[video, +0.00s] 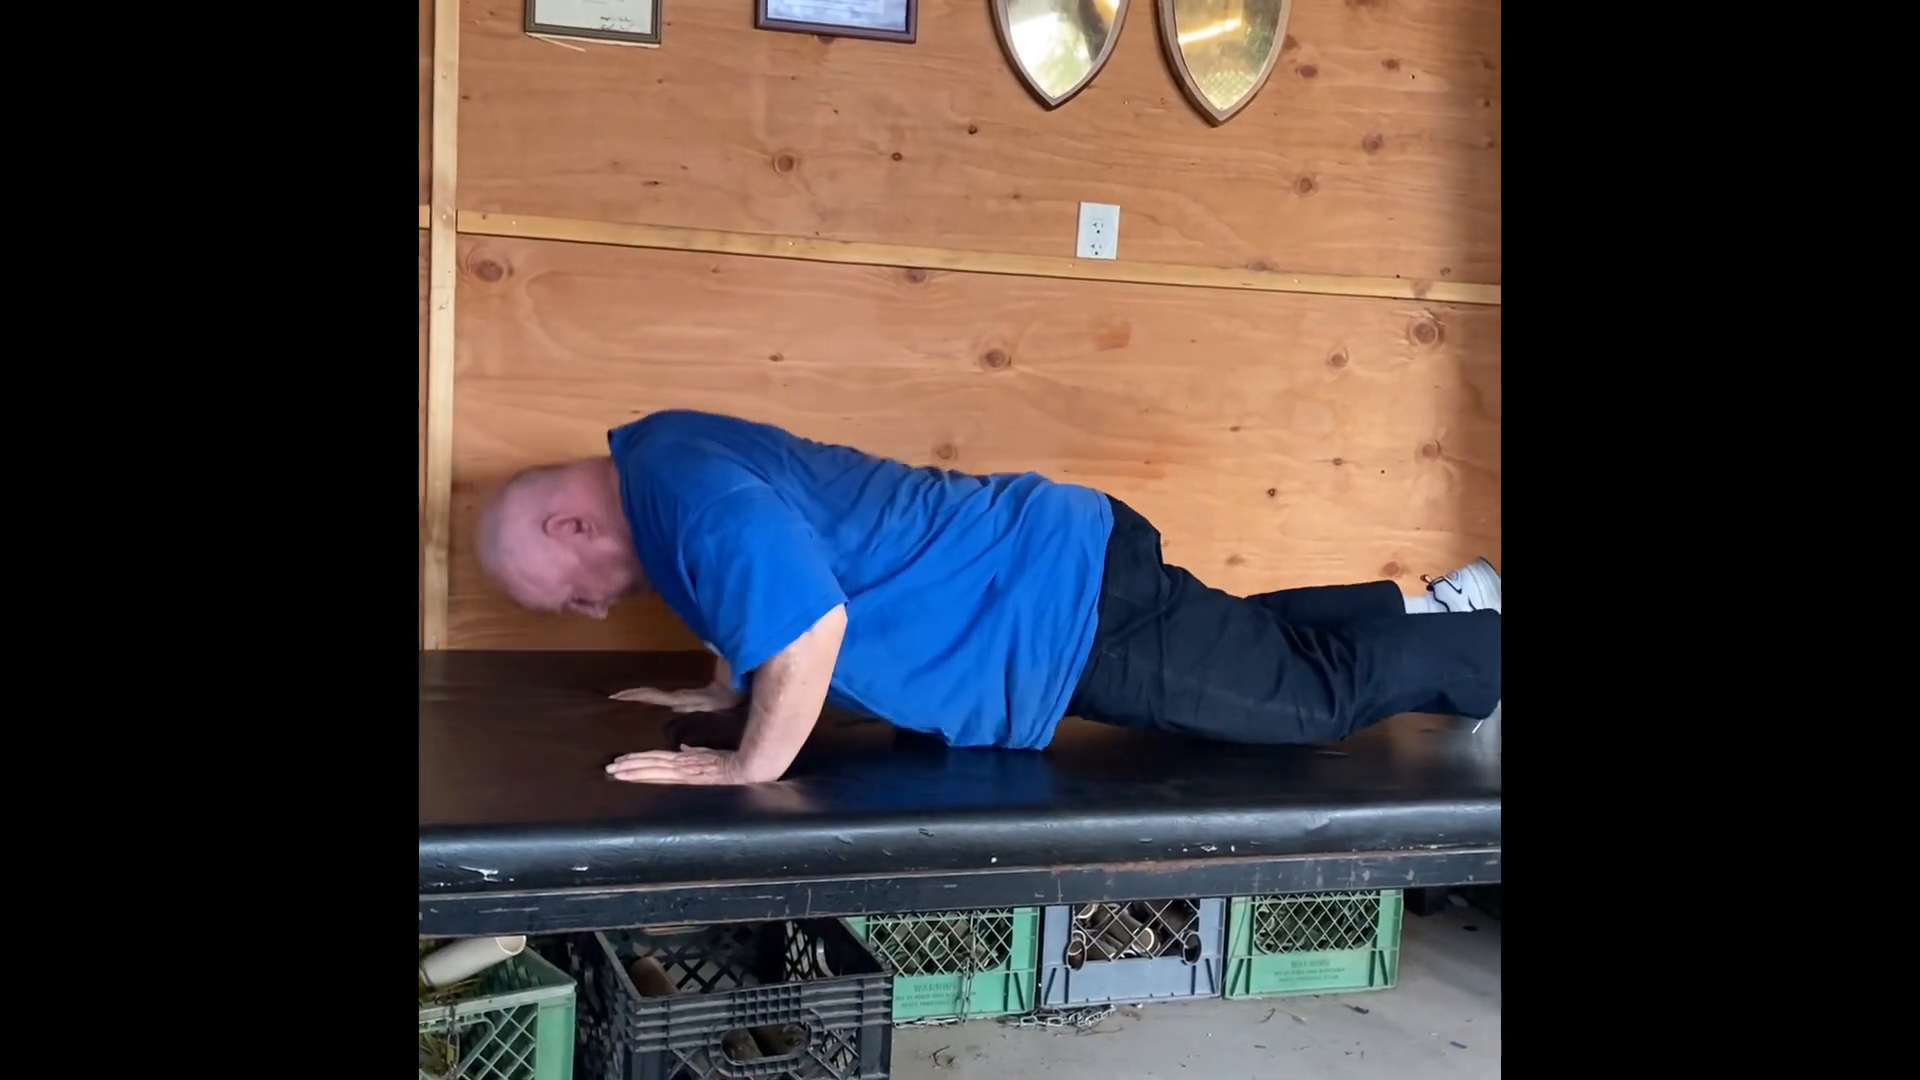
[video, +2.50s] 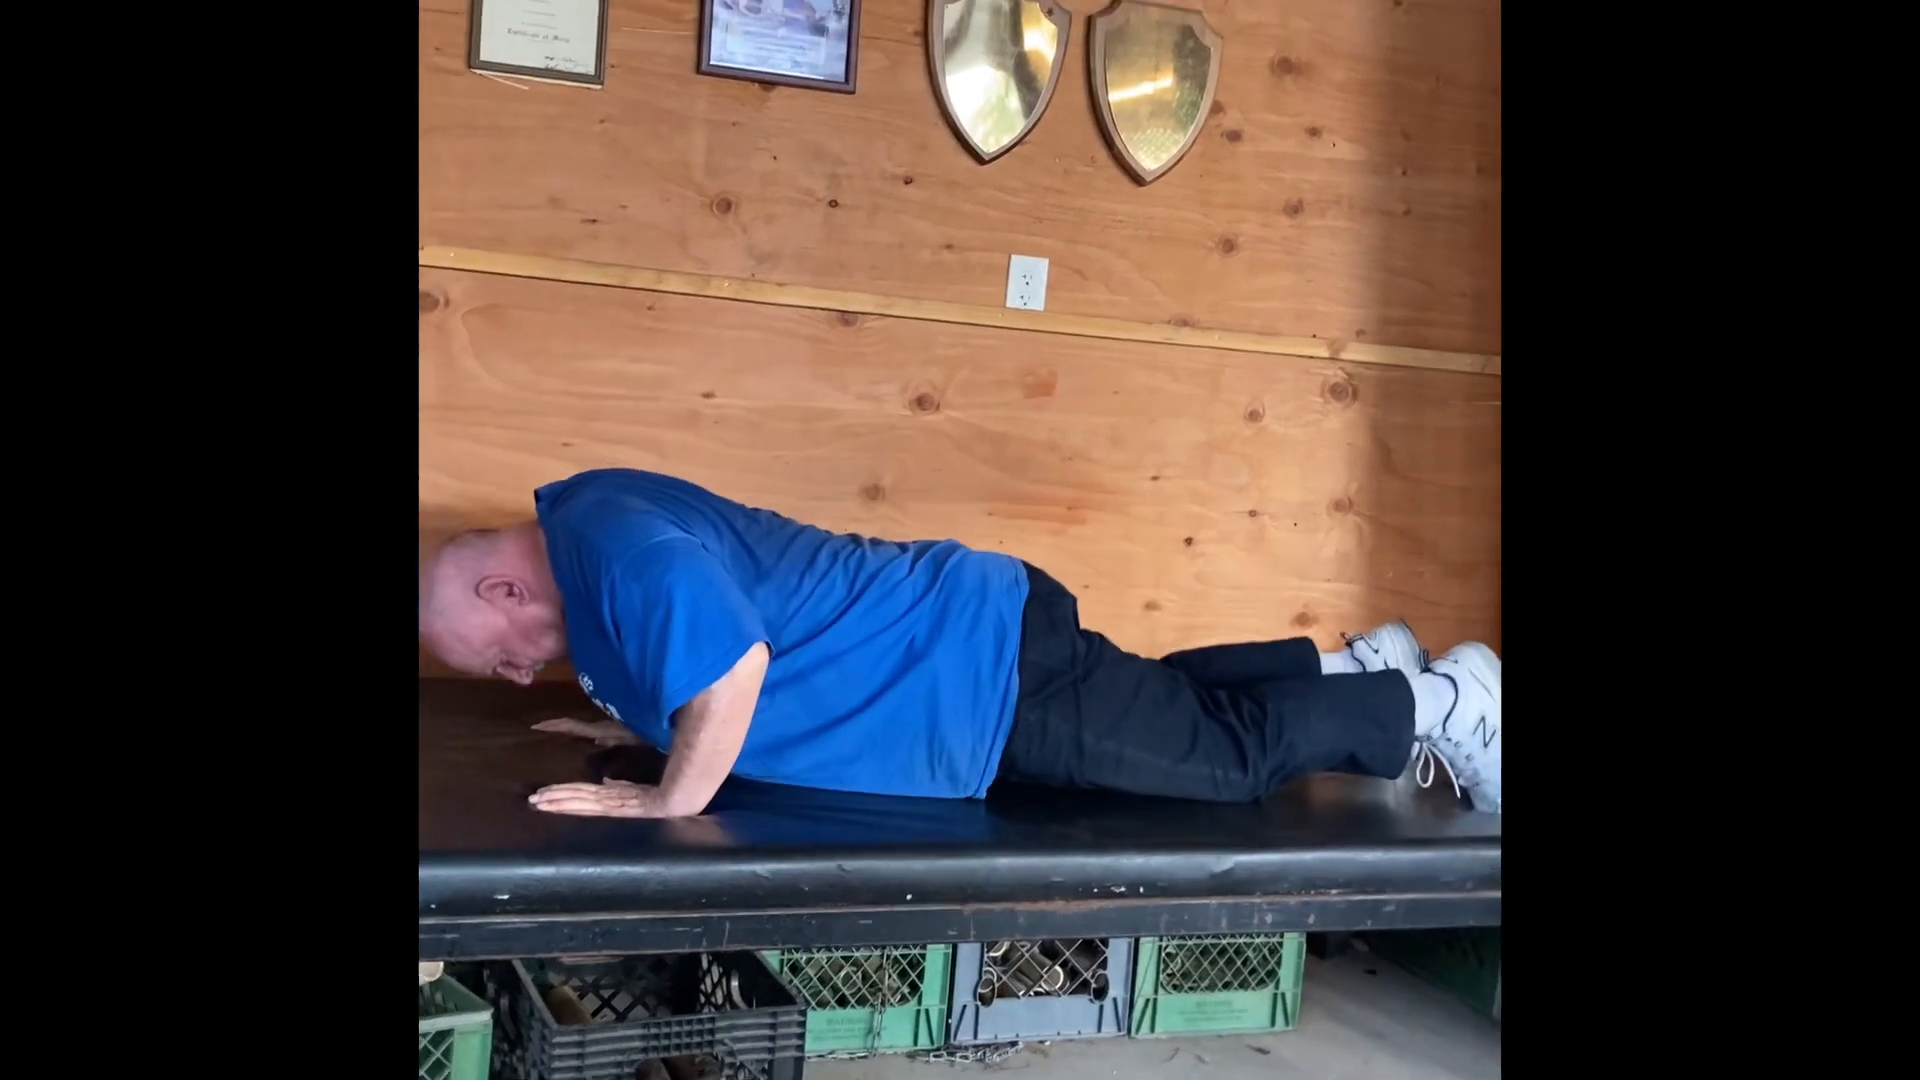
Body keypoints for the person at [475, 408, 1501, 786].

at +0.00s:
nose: (597, 599)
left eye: (571, 591)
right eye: (574, 597)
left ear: (569, 531)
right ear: (564, 500)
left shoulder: (686, 499)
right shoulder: (658, 463)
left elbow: (804, 618)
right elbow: (764, 592)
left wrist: (749, 766)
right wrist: (732, 690)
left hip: (1068, 608)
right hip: (1049, 571)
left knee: (1307, 695)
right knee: (1276, 649)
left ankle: (1486, 653)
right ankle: (1460, 612)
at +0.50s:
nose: (591, 622)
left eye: (568, 613)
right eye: (570, 619)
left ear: (566, 557)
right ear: (559, 528)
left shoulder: (683, 518)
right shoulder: (641, 487)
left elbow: (807, 633)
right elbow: (780, 599)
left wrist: (740, 771)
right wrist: (722, 693)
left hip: (1060, 607)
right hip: (1033, 586)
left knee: (1306, 687)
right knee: (1262, 654)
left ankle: (1479, 648)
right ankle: (1435, 612)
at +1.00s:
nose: (598, 541)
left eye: (575, 525)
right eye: (572, 531)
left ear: (581, 469)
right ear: (578, 441)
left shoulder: (710, 451)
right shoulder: (674, 431)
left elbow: (785, 605)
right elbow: (744, 591)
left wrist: (737, 759)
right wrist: (716, 708)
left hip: (1074, 568)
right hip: (1049, 567)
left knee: (1313, 674)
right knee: (1287, 628)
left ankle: (1485, 648)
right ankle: (1468, 606)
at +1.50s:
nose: (561, 644)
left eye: (541, 634)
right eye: (542, 642)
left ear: (543, 574)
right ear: (539, 560)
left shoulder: (661, 534)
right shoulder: (611, 513)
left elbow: (781, 636)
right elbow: (716, 635)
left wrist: (714, 772)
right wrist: (663, 690)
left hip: (1041, 634)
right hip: (1014, 615)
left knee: (1277, 726)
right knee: (1221, 666)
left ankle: (1463, 668)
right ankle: (1409, 626)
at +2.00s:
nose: (573, 511)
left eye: (556, 491)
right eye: (551, 502)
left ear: (571, 431)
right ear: (569, 415)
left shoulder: (695, 437)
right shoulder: (664, 412)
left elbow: (747, 613)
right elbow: (717, 592)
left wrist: (704, 770)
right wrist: (681, 705)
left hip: (1050, 583)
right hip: (1030, 557)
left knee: (1274, 696)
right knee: (1217, 638)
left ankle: (1462, 662)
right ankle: (1406, 618)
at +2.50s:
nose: (525, 658)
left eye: (502, 648)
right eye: (504, 659)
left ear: (498, 584)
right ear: (498, 577)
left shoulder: (625, 552)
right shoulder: (584, 541)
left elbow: (728, 665)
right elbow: (700, 654)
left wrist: (670, 802)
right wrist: (629, 721)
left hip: (984, 660)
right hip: (955, 680)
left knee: (1215, 755)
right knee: (1172, 710)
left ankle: (1428, 710)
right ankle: (1366, 673)